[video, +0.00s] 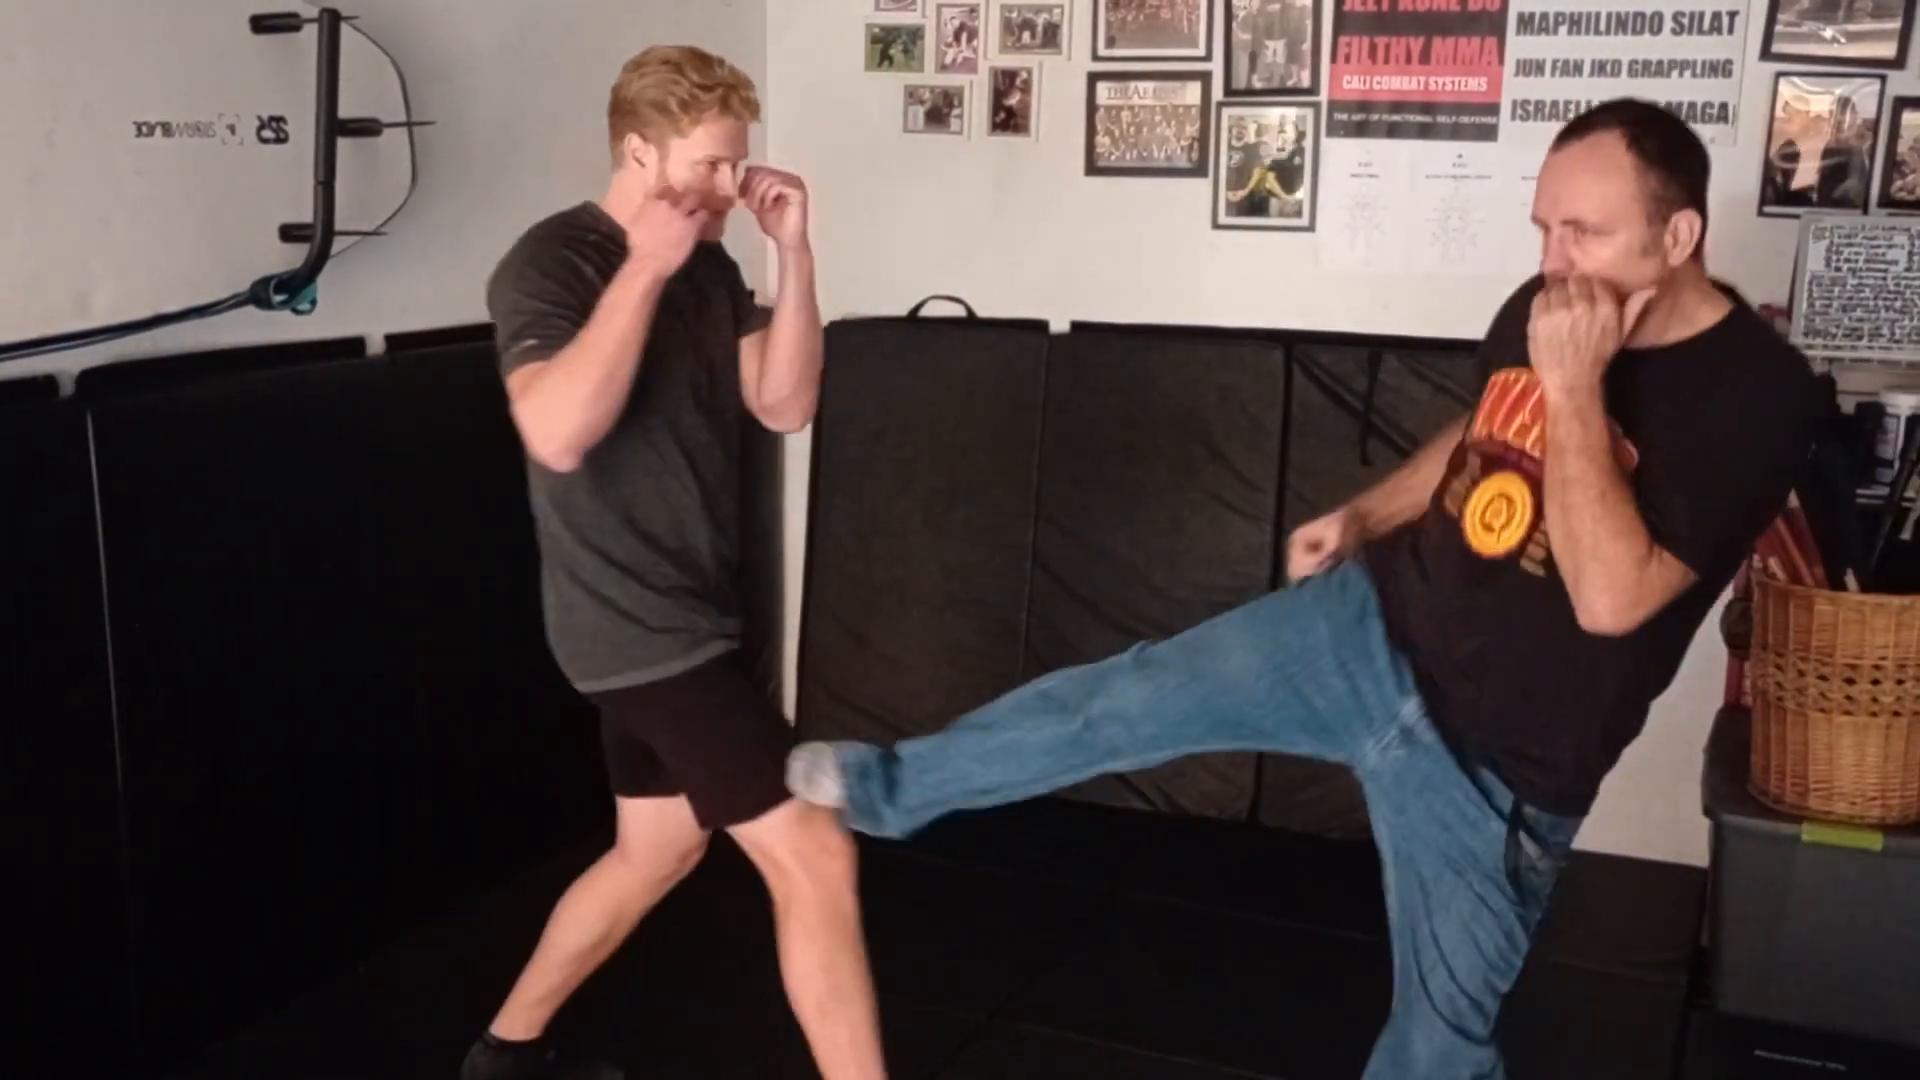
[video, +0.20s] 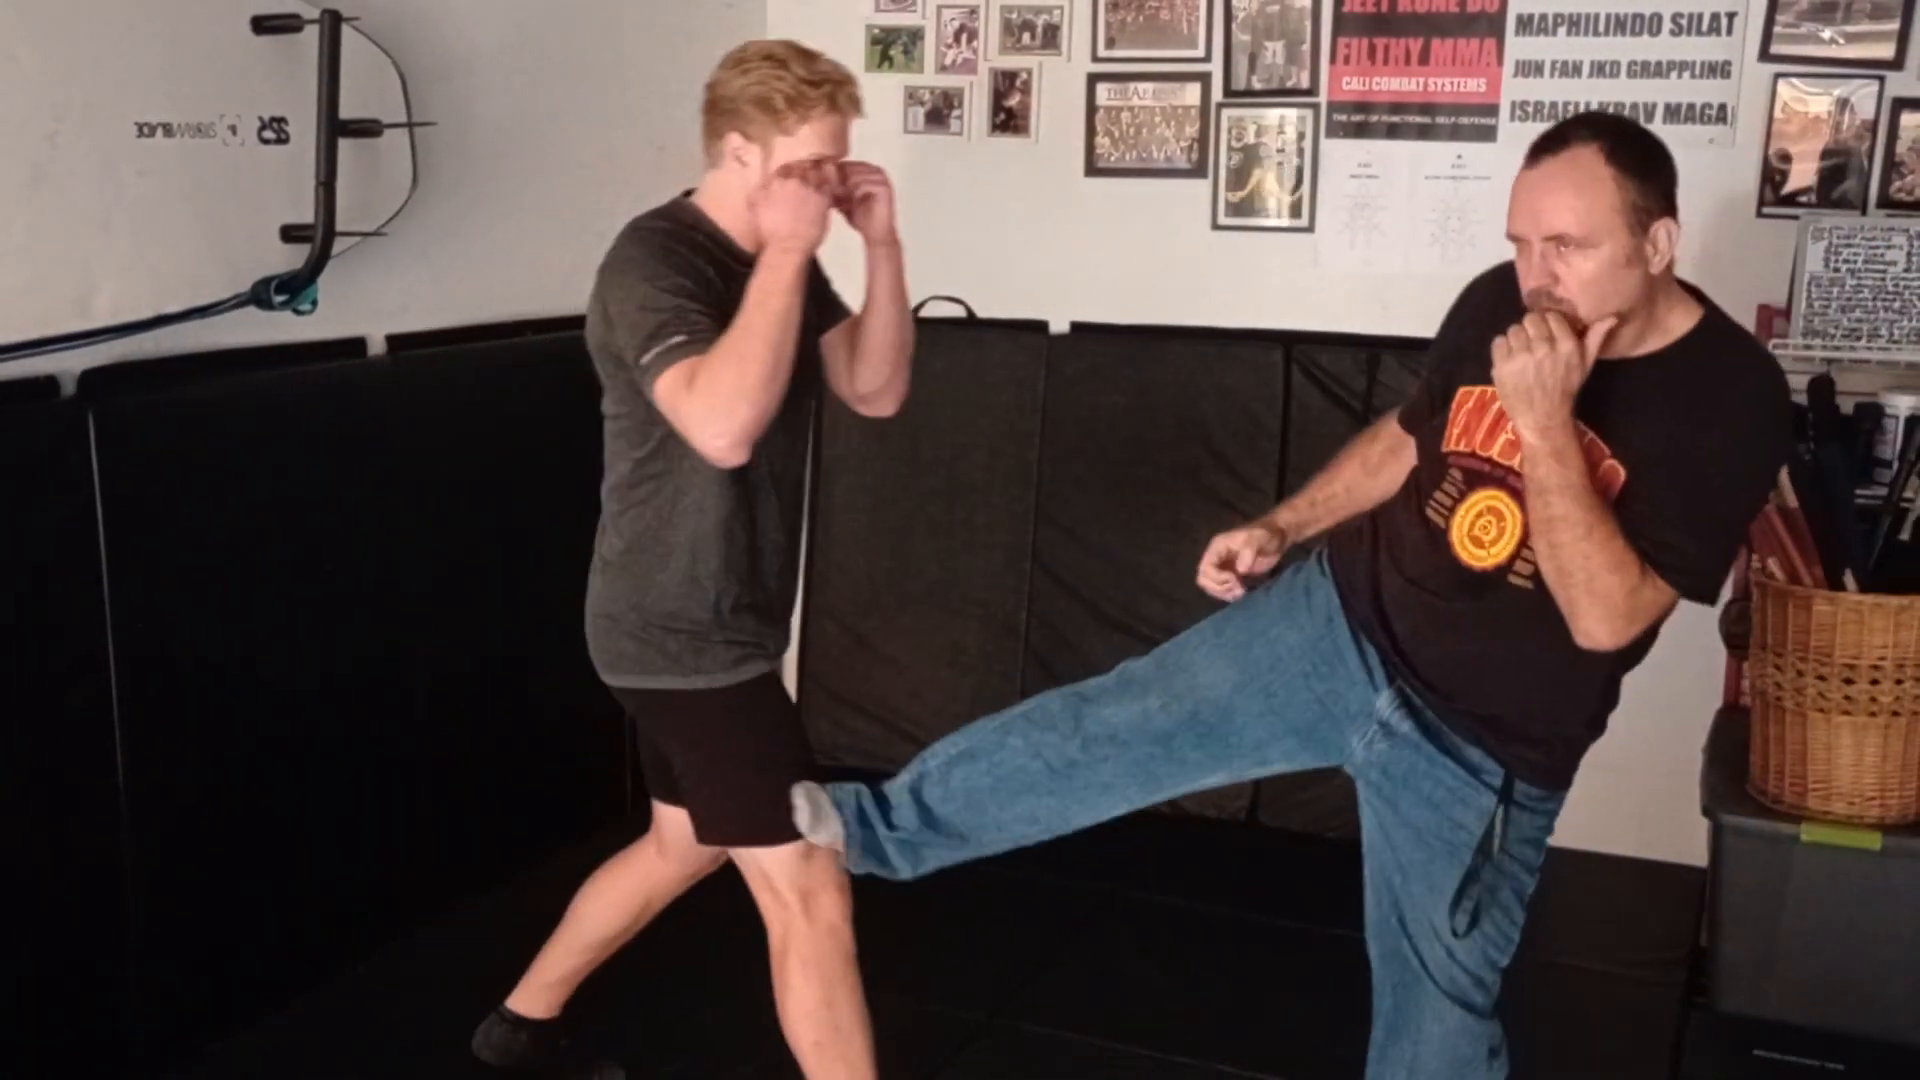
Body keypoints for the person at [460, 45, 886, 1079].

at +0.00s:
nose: (730, 185)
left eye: (737, 162)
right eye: (710, 163)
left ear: (737, 160)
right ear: (636, 152)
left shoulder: (705, 269)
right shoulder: (547, 267)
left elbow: (784, 404)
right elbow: (554, 431)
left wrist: (794, 251)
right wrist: (647, 266)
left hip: (697, 614)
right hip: (633, 630)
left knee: (654, 852)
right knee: (814, 857)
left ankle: (506, 1046)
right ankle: (860, 1079)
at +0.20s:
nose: (836, 188)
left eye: (840, 167)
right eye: (818, 167)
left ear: (766, 160)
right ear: (745, 155)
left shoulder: (769, 263)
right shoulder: (648, 265)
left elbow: (876, 391)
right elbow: (723, 425)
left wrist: (882, 248)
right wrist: (790, 256)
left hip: (725, 624)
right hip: (678, 638)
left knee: (679, 847)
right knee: (808, 894)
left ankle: (521, 1020)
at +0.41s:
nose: (868, 191)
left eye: (874, 168)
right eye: (851, 167)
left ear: (787, 155)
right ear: (778, 155)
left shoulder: (797, 261)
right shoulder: (679, 263)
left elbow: (903, 394)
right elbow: (760, 425)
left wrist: (920, 242)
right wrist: (828, 252)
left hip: (723, 628)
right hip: (722, 641)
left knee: (671, 846)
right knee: (856, 897)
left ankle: (515, 1040)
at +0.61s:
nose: (852, 189)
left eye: (857, 165)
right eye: (834, 164)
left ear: (772, 152)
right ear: (761, 153)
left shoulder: (771, 255)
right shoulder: (658, 266)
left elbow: (883, 385)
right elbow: (755, 432)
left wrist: (911, 233)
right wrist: (816, 250)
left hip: (704, 627)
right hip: (707, 644)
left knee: (674, 845)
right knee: (838, 905)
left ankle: (501, 1031)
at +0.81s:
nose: (739, 201)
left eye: (741, 175)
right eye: (722, 176)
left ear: (664, 170)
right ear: (642, 169)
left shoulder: (683, 276)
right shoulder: (545, 296)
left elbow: (745, 427)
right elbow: (595, 489)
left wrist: (806, 318)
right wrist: (704, 326)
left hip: (688, 642)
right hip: (623, 662)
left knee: (641, 876)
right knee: (773, 908)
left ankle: (461, 1055)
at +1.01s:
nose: (644, 189)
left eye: (648, 163)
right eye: (626, 165)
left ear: (588, 164)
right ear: (549, 160)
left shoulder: (606, 266)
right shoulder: (450, 275)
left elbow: (699, 391)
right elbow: (482, 457)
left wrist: (752, 250)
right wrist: (601, 317)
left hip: (592, 621)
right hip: (505, 640)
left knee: (583, 868)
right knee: (696, 847)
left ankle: (451, 1069)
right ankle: (714, 1076)